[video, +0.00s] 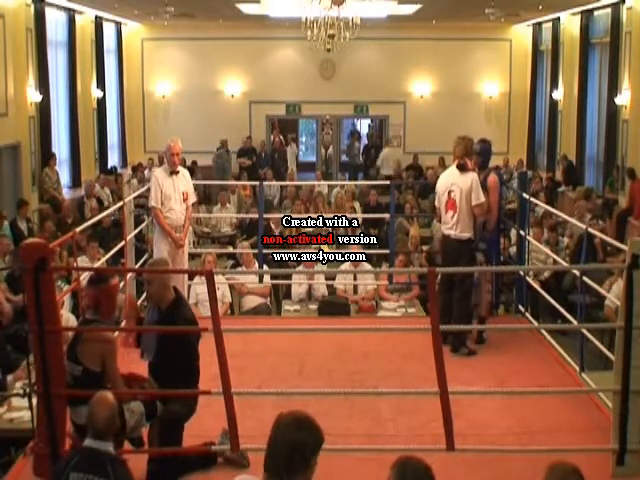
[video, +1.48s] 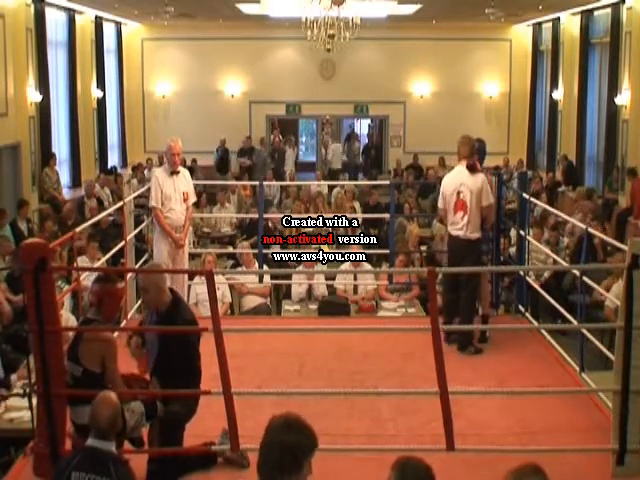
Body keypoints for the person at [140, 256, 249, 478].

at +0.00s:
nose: (146, 288)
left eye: (150, 282)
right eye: (145, 282)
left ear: (166, 282)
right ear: (148, 281)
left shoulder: (181, 319)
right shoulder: (154, 308)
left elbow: (185, 371)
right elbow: (144, 346)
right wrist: (135, 320)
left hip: (177, 398)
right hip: (160, 393)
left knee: (160, 469)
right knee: (160, 467)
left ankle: (217, 451)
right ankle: (215, 449)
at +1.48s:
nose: (142, 296)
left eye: (146, 291)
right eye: (140, 290)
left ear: (163, 289)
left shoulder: (180, 321)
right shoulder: (157, 309)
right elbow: (143, 331)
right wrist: (136, 342)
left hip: (178, 399)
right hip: (162, 393)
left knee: (159, 469)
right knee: (161, 466)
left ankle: (216, 452)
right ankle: (215, 450)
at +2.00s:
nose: (141, 297)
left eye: (145, 291)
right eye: (139, 291)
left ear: (162, 289)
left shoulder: (179, 319)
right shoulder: (152, 306)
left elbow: (162, 370)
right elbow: (131, 316)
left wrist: (130, 351)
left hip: (180, 395)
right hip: (159, 389)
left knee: (161, 469)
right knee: (162, 467)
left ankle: (217, 454)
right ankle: (216, 450)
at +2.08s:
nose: (140, 297)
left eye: (144, 292)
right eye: (138, 292)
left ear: (161, 289)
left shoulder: (179, 320)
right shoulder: (151, 306)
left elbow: (162, 372)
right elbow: (133, 315)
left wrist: (130, 348)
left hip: (182, 393)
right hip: (158, 387)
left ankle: (217, 454)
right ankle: (217, 451)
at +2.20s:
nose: (140, 299)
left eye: (143, 294)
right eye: (138, 294)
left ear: (158, 290)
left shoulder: (179, 321)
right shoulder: (150, 305)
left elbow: (162, 374)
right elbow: (129, 311)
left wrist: (133, 347)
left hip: (182, 393)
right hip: (158, 387)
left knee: (169, 414)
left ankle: (218, 454)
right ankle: (217, 451)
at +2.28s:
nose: (140, 299)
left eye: (143, 294)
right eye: (138, 294)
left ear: (158, 290)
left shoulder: (179, 319)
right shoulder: (150, 304)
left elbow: (162, 373)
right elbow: (128, 309)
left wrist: (133, 347)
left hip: (182, 392)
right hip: (158, 386)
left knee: (169, 414)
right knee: (162, 466)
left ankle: (218, 454)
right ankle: (217, 451)